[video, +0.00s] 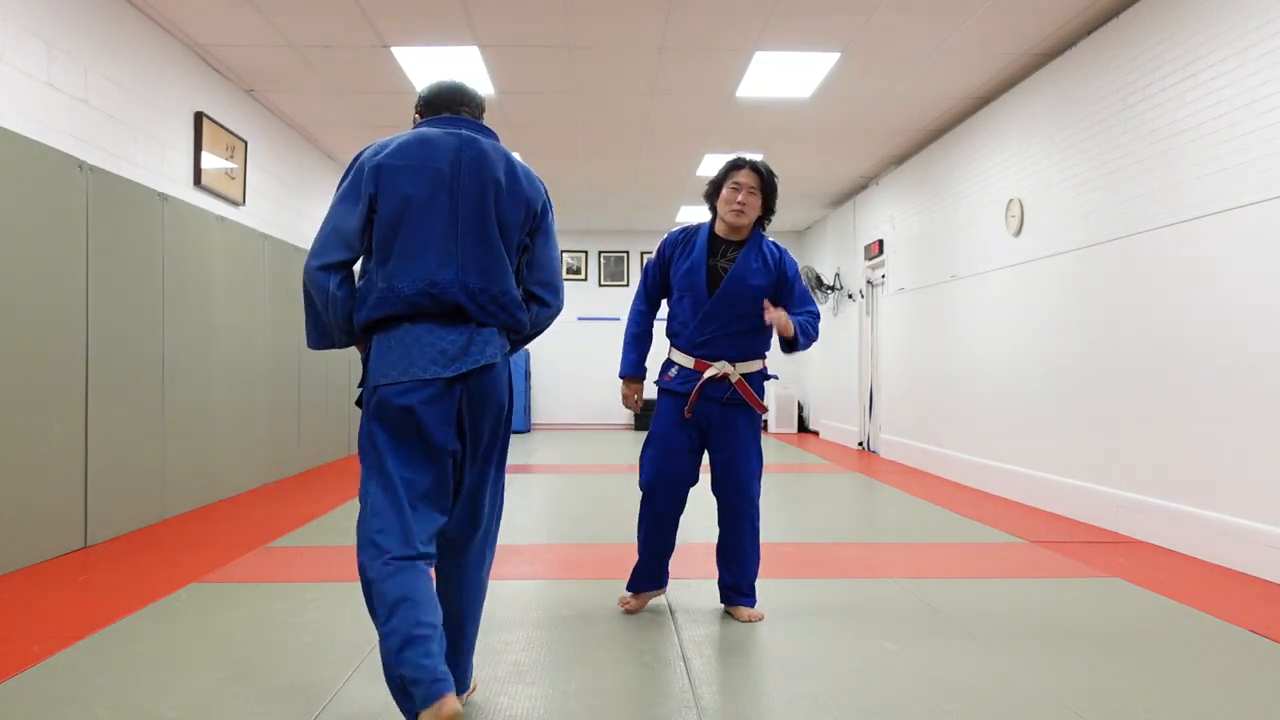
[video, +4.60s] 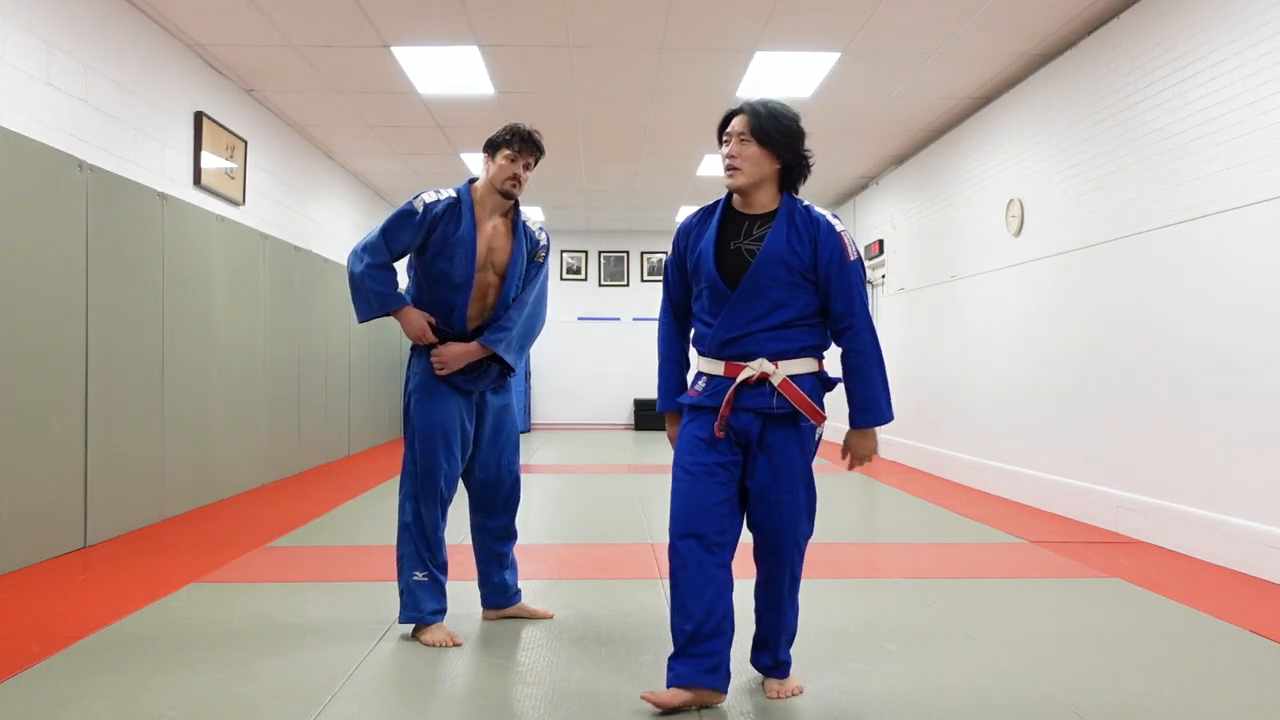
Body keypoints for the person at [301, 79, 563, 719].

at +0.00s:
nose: (410, 124)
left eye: (413, 116)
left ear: (419, 117)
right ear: (482, 120)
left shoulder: (382, 158)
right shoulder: (522, 177)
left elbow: (324, 265)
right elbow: (547, 293)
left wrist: (359, 332)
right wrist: (497, 336)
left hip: (403, 363)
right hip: (488, 365)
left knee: (394, 535)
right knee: (470, 530)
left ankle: (432, 695)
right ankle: (452, 684)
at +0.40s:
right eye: (480, 130)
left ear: (422, 132)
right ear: (480, 136)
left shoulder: (380, 180)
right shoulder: (511, 192)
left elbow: (339, 278)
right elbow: (535, 293)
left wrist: (373, 336)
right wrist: (495, 343)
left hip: (399, 363)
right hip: (478, 368)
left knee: (376, 503)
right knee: (469, 515)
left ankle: (351, 637)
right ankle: (458, 676)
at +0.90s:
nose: (471, 183)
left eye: (476, 173)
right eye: (471, 169)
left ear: (435, 156)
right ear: (442, 155)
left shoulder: (380, 198)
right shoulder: (417, 197)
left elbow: (358, 293)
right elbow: (442, 286)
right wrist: (473, 318)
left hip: (367, 364)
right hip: (416, 363)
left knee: (385, 493)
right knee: (469, 489)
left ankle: (371, 628)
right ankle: (434, 624)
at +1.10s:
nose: (476, 185)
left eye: (481, 176)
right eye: (474, 172)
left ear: (444, 161)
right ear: (445, 157)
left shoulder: (424, 202)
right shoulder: (411, 196)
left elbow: (459, 279)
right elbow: (415, 278)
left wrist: (465, 328)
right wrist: (459, 321)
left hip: (391, 363)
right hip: (412, 366)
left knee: (393, 489)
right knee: (437, 489)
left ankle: (372, 624)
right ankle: (427, 624)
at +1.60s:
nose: (504, 187)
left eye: (509, 178)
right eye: (500, 175)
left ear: (480, 168)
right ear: (469, 160)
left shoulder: (473, 213)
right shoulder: (429, 198)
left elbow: (479, 285)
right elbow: (410, 273)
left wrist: (496, 326)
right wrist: (463, 314)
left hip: (464, 367)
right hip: (426, 367)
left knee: (480, 479)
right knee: (434, 488)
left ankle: (456, 587)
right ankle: (420, 627)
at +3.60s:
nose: (470, 158)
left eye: (478, 149)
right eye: (459, 148)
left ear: (484, 156)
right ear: (435, 154)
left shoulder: (499, 218)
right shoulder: (410, 225)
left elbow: (527, 273)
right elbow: (402, 307)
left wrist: (510, 312)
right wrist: (444, 371)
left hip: (480, 372)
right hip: (423, 376)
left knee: (492, 487)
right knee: (422, 496)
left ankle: (500, 597)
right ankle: (421, 617)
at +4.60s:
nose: (518, 170)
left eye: (527, 165)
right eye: (511, 159)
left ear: (531, 174)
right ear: (487, 159)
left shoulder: (531, 232)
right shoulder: (437, 208)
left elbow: (530, 311)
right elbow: (367, 259)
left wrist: (478, 348)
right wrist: (401, 311)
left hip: (498, 374)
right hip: (439, 370)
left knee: (498, 486)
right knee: (430, 489)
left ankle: (500, 598)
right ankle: (423, 614)